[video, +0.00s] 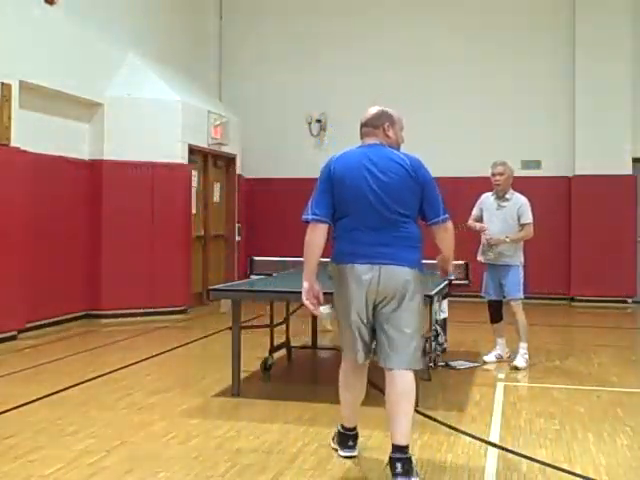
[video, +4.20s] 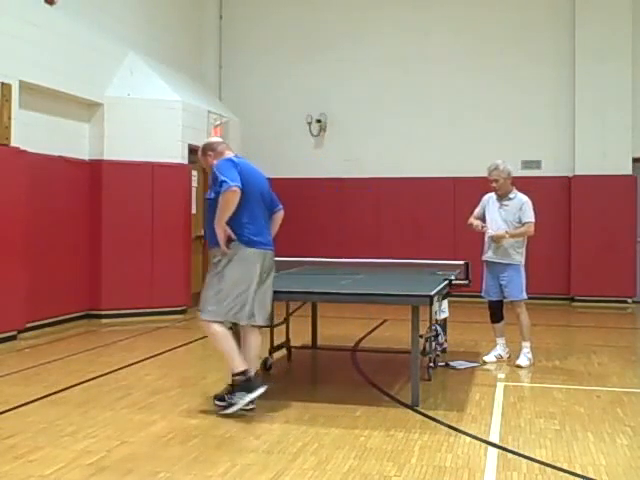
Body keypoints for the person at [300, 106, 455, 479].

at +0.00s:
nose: (402, 138)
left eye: (401, 131)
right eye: (400, 132)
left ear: (363, 131)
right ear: (389, 130)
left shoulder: (336, 165)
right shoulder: (411, 166)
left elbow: (318, 224)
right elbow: (441, 223)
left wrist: (309, 278)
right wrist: (447, 260)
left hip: (353, 273)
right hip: (402, 274)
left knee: (354, 357)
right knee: (400, 364)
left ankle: (347, 435)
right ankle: (401, 459)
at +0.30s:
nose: (388, 137)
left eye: (387, 130)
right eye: (386, 131)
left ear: (350, 131)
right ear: (373, 130)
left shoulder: (324, 164)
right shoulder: (397, 166)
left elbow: (301, 218)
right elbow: (417, 221)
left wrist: (326, 248)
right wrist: (424, 268)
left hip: (339, 267)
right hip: (384, 269)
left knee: (347, 348)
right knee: (391, 341)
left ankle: (348, 435)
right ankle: (391, 407)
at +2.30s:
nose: (349, 147)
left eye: (344, 145)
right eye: (357, 144)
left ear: (342, 149)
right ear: (366, 154)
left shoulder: (332, 165)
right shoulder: (381, 182)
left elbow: (311, 205)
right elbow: (385, 233)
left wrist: (303, 230)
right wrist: (380, 267)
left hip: (332, 251)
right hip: (369, 257)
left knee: (323, 324)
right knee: (360, 328)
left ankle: (329, 395)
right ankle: (354, 398)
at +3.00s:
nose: (302, 152)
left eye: (302, 148)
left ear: (304, 150)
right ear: (329, 148)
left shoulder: (300, 171)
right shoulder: (351, 175)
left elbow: (284, 218)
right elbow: (369, 222)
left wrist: (265, 257)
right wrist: (352, 245)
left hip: (307, 259)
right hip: (343, 260)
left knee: (299, 328)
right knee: (344, 330)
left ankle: (293, 402)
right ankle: (352, 398)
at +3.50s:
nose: (257, 162)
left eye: (256, 158)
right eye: (256, 158)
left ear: (260, 151)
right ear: (281, 145)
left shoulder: (267, 172)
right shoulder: (312, 172)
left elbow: (255, 222)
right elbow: (325, 216)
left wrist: (240, 261)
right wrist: (307, 241)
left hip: (282, 258)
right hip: (311, 257)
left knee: (286, 331)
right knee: (301, 329)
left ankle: (292, 402)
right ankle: (302, 389)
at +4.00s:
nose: (222, 166)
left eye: (220, 162)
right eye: (220, 163)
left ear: (224, 155)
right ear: (243, 150)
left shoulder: (236, 167)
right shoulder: (270, 173)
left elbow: (239, 204)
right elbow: (290, 215)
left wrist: (226, 243)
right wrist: (273, 245)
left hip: (252, 255)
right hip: (276, 254)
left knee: (244, 327)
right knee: (259, 328)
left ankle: (281, 390)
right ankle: (244, 391)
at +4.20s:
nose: (207, 168)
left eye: (205, 164)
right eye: (206, 164)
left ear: (210, 156)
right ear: (228, 150)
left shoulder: (223, 164)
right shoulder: (254, 171)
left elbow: (232, 190)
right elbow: (278, 211)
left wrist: (219, 223)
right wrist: (263, 241)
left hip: (241, 251)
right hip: (264, 252)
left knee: (210, 318)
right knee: (251, 322)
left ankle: (243, 378)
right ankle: (247, 387)